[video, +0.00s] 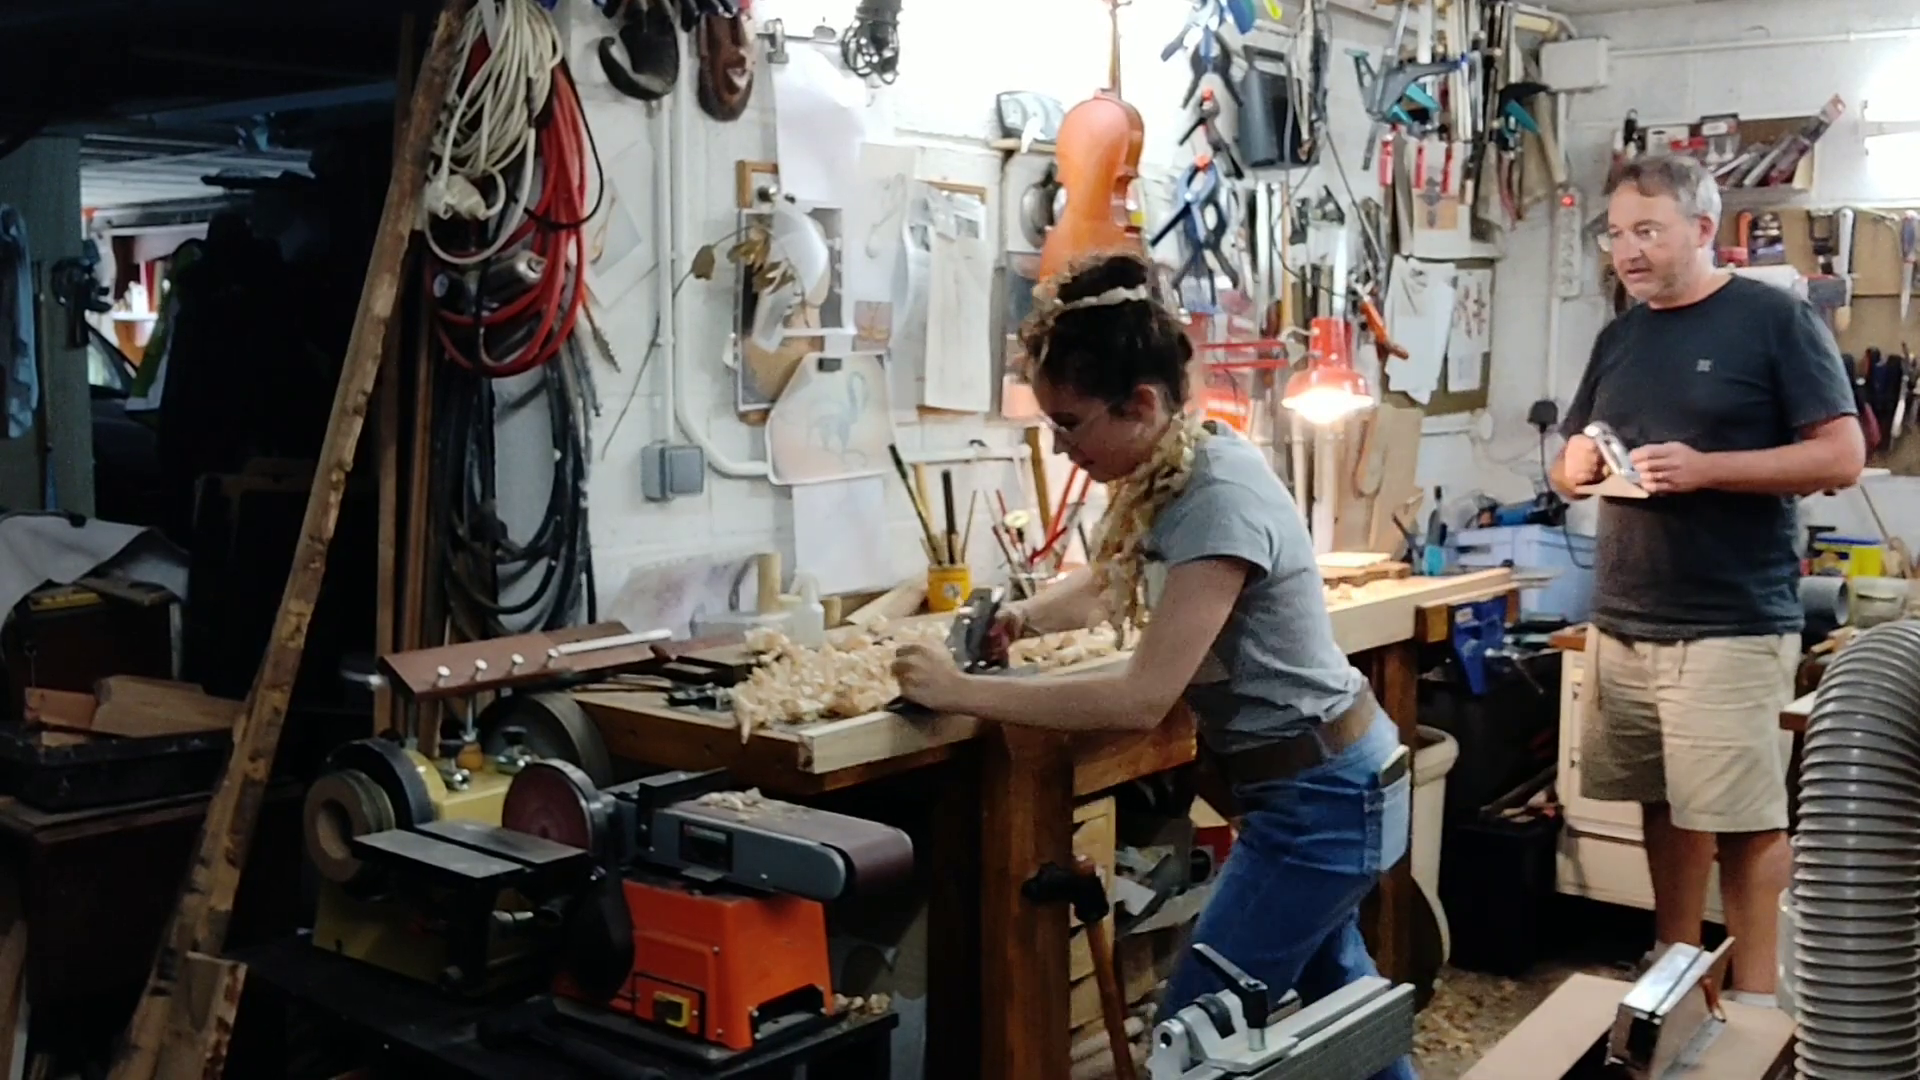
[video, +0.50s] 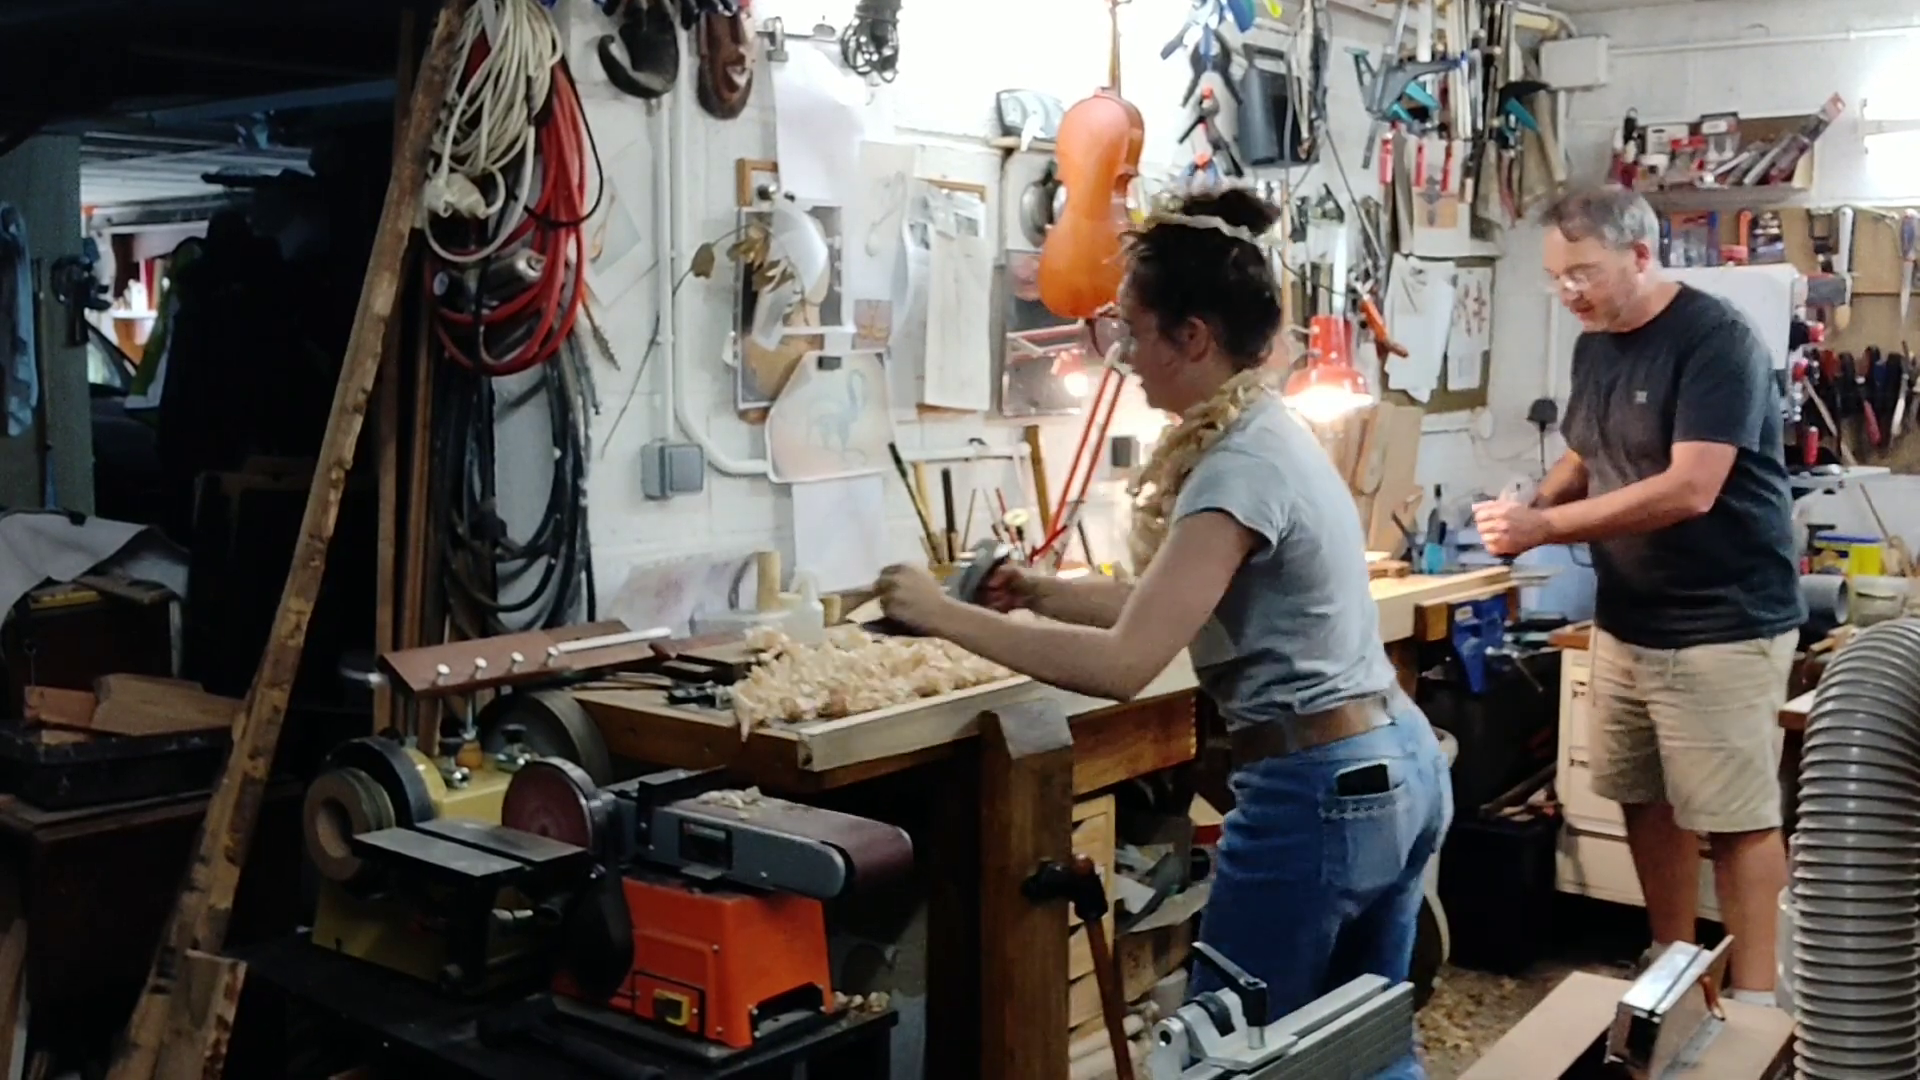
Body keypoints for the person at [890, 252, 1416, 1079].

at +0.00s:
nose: (1059, 445)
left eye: (1068, 423)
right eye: (1052, 424)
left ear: (1144, 402)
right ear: (1139, 406)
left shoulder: (1219, 494)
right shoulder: (1165, 480)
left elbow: (1142, 696)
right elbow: (1102, 584)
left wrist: (964, 689)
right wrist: (1010, 620)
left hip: (1325, 795)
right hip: (1294, 787)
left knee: (1194, 1026)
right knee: (1348, 1013)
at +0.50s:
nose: (1122, 351)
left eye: (1133, 330)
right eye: (1122, 328)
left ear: (1193, 338)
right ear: (1211, 340)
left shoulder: (1240, 463)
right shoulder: (1276, 440)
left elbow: (1125, 661)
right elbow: (1172, 600)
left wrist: (947, 617)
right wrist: (1038, 594)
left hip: (1317, 783)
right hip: (1400, 755)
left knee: (1232, 1045)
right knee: (1374, 1034)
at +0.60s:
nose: (1172, 343)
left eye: (1178, 320)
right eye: (1171, 320)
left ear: (1223, 328)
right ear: (1300, 325)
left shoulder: (1253, 466)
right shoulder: (1344, 432)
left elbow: (1164, 677)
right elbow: (1289, 600)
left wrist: (1021, 597)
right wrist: (1149, 579)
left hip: (1322, 786)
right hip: (1430, 761)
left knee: (1228, 1043)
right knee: (1380, 1043)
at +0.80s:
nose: (1288, 325)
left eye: (1287, 309)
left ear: (1302, 320)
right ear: (1413, 310)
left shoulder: (1280, 468)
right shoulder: (1500, 446)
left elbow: (1237, 675)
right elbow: (1504, 634)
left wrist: (1165, 581)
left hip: (1332, 784)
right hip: (1475, 771)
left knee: (1237, 1037)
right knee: (1419, 1050)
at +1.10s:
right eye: (1499, 303)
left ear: (1373, 309)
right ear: (1487, 307)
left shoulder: (1298, 446)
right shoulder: (1552, 447)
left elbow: (1299, 622)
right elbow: (1585, 650)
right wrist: (1528, 569)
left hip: (1319, 745)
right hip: (1472, 757)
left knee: (1319, 1029)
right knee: (1432, 1040)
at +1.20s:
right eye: (1512, 313)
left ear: (1381, 317)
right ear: (1498, 317)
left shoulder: (1310, 453)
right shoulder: (1553, 455)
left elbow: (1326, 602)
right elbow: (1583, 657)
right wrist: (1558, 565)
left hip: (1322, 749)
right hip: (1466, 766)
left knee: (1328, 1020)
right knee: (1436, 1036)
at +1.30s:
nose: (1538, 334)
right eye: (1533, 315)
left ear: (1410, 321)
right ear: (1517, 323)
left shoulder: (1343, 441)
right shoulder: (1558, 455)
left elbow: (1359, 591)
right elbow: (1574, 658)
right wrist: (1604, 564)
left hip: (1333, 744)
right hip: (1468, 767)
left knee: (1351, 998)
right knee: (1484, 996)